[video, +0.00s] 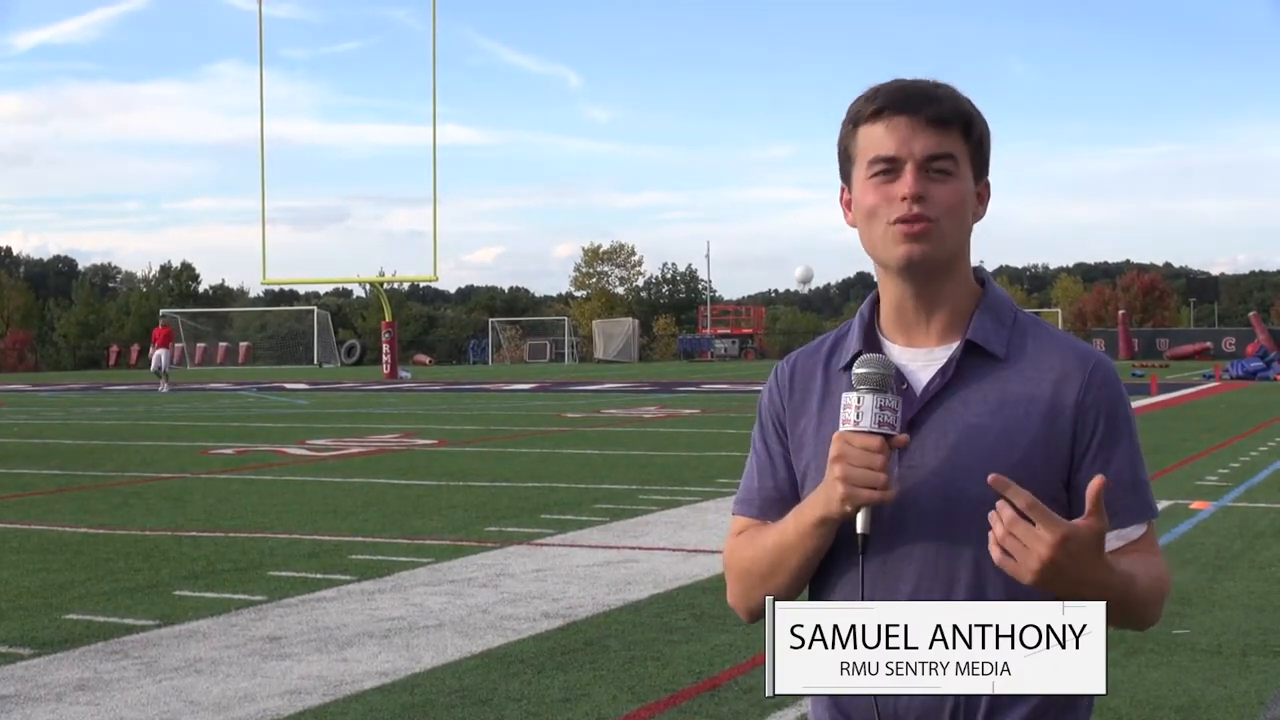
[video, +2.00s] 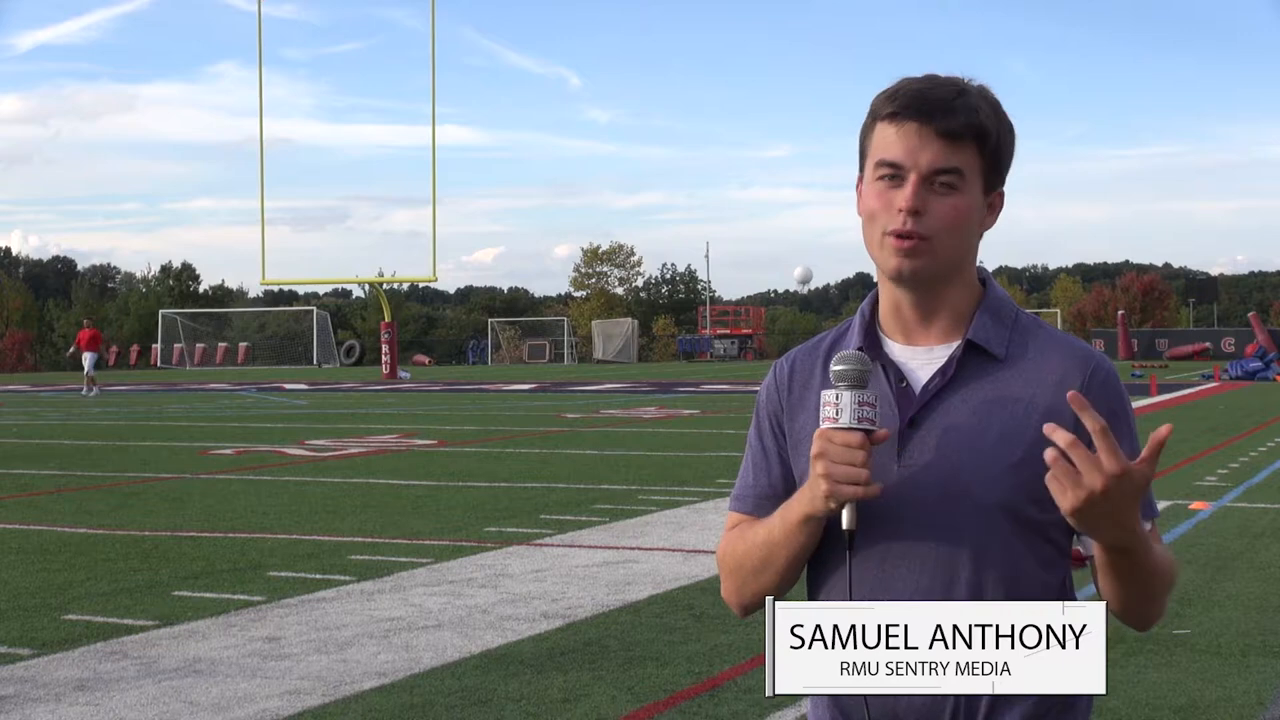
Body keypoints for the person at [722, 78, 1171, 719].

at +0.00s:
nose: (910, 190)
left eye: (938, 170)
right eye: (884, 171)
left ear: (980, 198)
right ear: (849, 207)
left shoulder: (1077, 379)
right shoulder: (796, 384)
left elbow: (1147, 593)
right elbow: (744, 590)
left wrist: (1093, 578)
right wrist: (824, 503)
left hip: (1025, 707)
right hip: (847, 707)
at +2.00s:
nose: (907, 203)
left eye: (943, 181)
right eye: (888, 176)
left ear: (991, 207)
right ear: (860, 195)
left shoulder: (1074, 379)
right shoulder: (796, 380)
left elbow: (1143, 611)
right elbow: (738, 588)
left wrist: (1120, 536)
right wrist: (811, 499)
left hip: (1025, 705)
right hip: (848, 706)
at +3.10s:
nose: (917, 210)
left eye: (948, 186)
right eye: (895, 182)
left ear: (992, 208)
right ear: (861, 199)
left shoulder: (1078, 386)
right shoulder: (797, 383)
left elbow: (1134, 591)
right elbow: (746, 589)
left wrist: (1029, 581)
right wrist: (834, 507)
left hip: (1024, 708)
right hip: (845, 708)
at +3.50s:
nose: (914, 207)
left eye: (946, 183)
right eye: (890, 182)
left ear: (989, 204)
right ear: (858, 202)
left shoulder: (1078, 381)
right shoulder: (796, 383)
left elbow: (1153, 581)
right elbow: (745, 587)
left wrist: (1030, 575)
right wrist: (830, 514)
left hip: (1028, 707)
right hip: (849, 708)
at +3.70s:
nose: (912, 208)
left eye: (944, 184)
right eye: (888, 182)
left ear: (988, 204)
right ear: (855, 202)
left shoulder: (1078, 381)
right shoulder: (795, 384)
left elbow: (1156, 580)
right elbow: (744, 588)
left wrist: (1033, 576)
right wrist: (829, 516)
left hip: (1028, 708)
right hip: (848, 708)